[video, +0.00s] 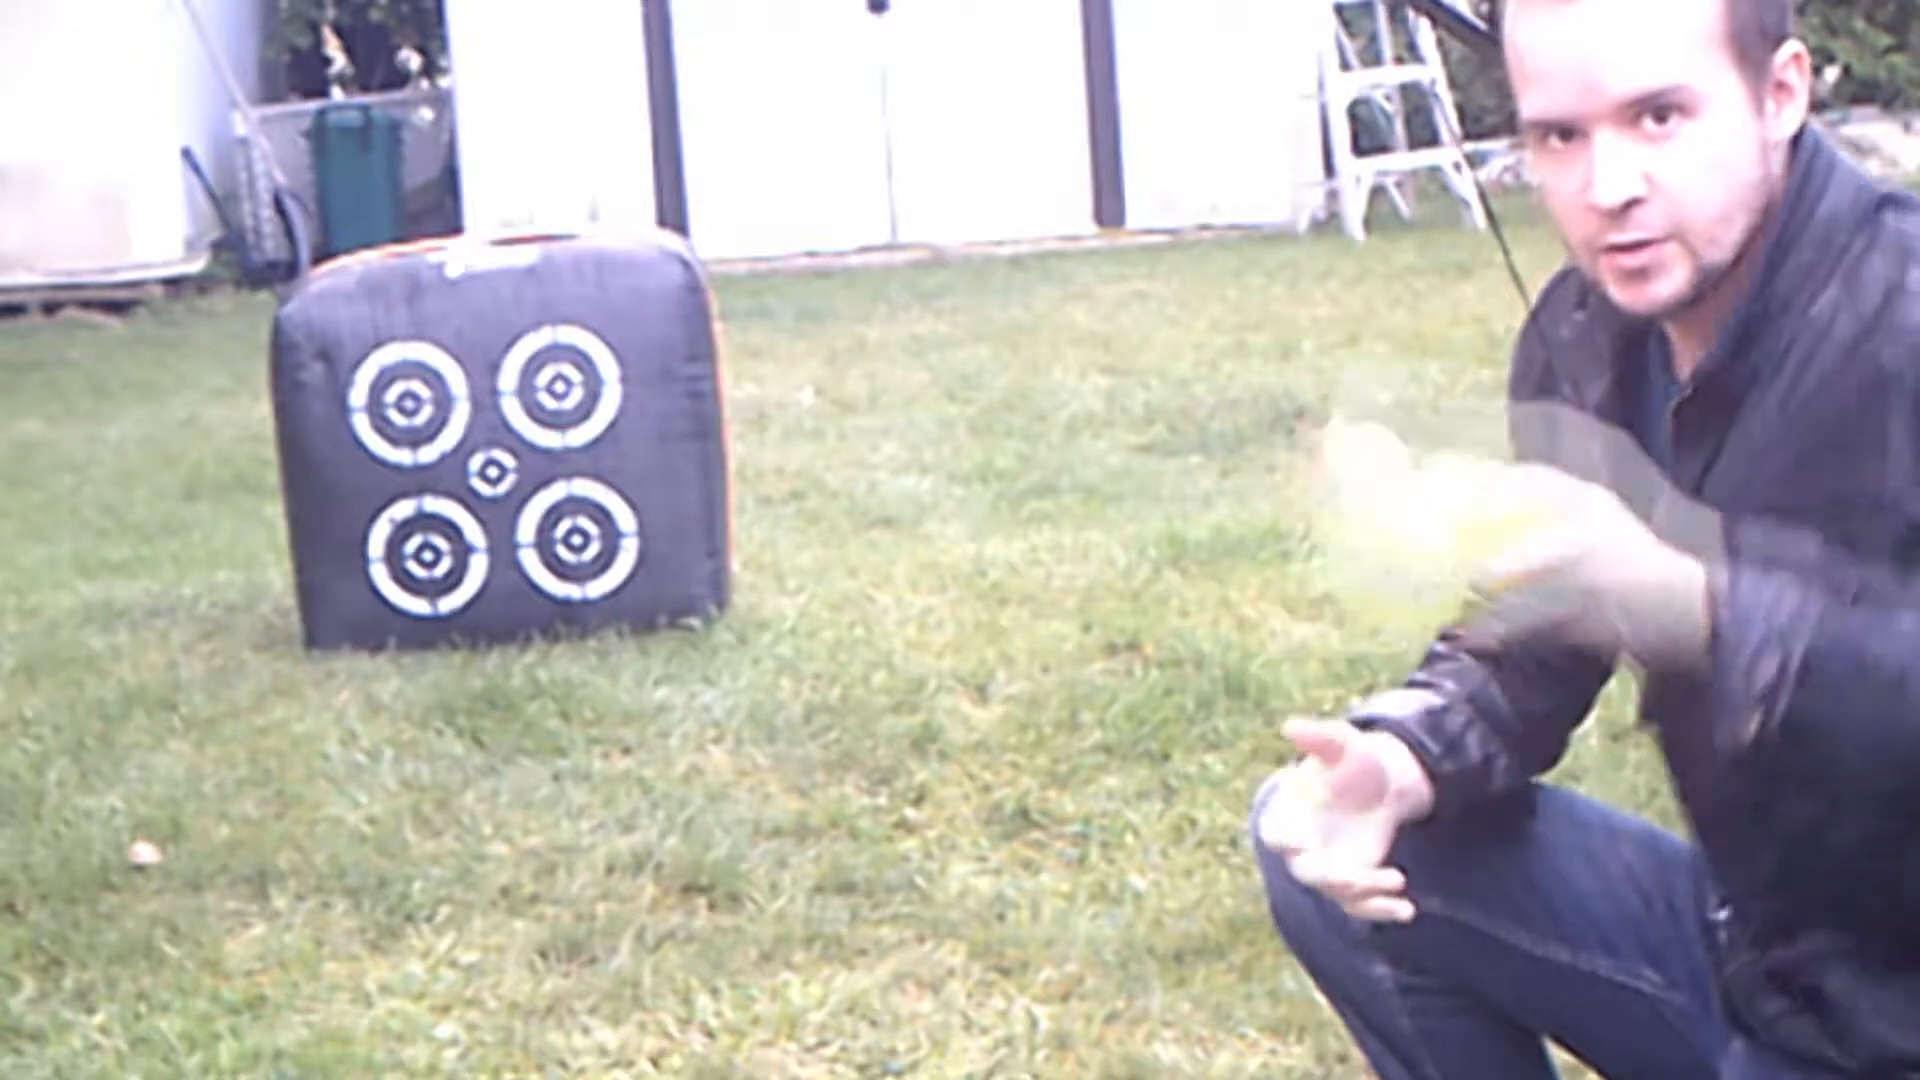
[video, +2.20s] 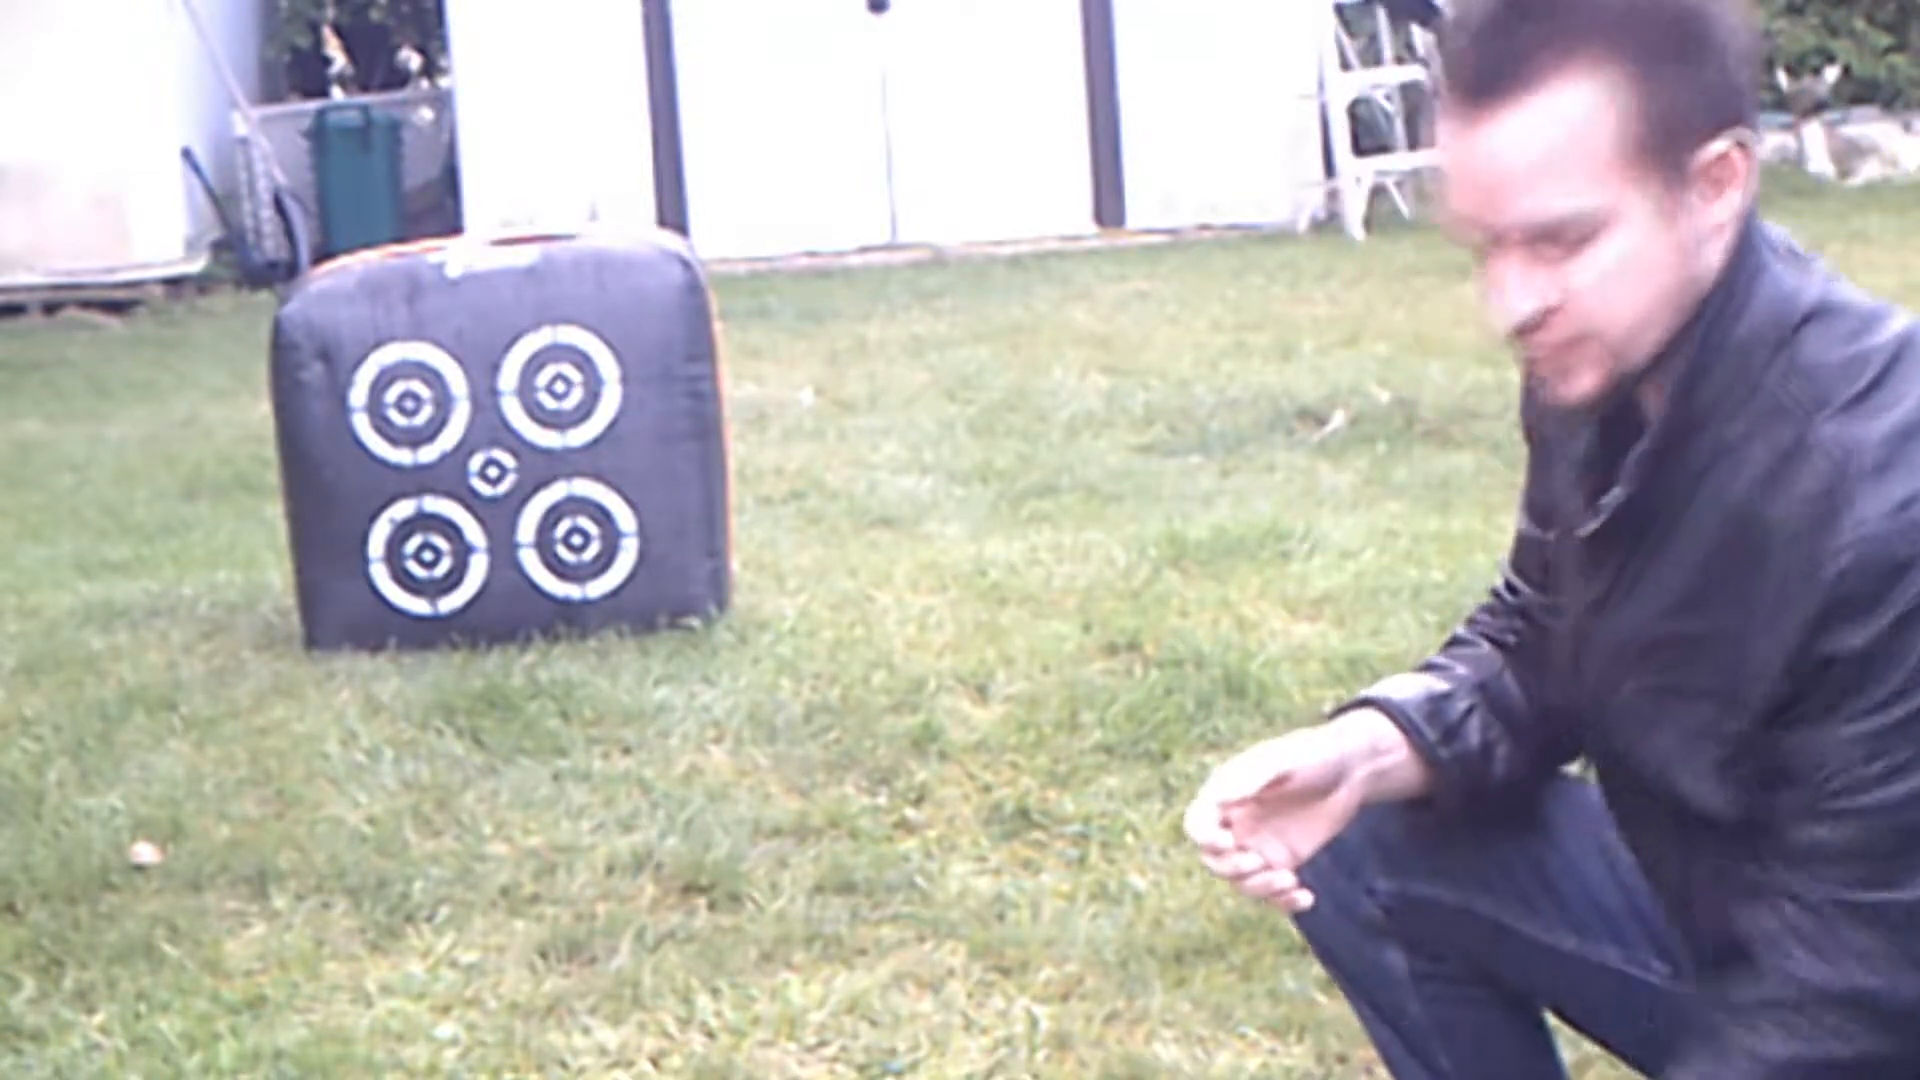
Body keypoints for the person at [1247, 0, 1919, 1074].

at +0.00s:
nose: (1607, 189)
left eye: (1657, 118)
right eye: (1559, 135)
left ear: (1783, 96)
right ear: (1522, 144)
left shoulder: (1902, 323)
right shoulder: (1579, 333)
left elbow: (1907, 682)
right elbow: (1540, 633)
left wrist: (1685, 606)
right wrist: (1409, 752)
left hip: (1884, 1028)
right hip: (1741, 931)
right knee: (1324, 842)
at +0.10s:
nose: (1613, 189)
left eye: (1664, 117)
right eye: (1564, 136)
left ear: (1787, 91)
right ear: (1527, 143)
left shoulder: (1896, 297)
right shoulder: (1601, 324)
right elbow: (1526, 630)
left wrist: (1742, 472)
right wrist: (1407, 758)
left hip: (1881, 1036)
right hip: (1762, 941)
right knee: (1325, 842)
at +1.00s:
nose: (1576, 245)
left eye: (1627, 180)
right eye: (1536, 189)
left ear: (1772, 127)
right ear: (1508, 160)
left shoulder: (1901, 319)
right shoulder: (1583, 338)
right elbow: (1537, 643)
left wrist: (1740, 598)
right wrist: (1395, 752)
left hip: (1887, 1040)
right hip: (1757, 943)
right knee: (1350, 864)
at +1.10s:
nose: (1568, 269)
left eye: (1618, 204)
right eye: (1530, 210)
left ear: (1765, 148)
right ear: (1500, 182)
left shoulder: (1895, 371)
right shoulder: (1575, 350)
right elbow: (1536, 623)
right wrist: (1388, 747)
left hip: (1866, 1031)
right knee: (1338, 869)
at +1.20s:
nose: (1556, 304)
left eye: (1605, 243)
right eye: (1518, 247)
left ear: (1755, 182)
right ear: (1490, 207)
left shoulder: (1894, 422)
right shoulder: (1574, 363)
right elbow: (1539, 644)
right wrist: (1396, 740)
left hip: (1884, 966)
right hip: (1706, 905)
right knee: (1344, 850)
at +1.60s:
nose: (1453, 419)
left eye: (1493, 360)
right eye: (1416, 367)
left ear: (1642, 276)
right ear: (1387, 314)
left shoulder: (1871, 549)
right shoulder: (1586, 408)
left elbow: (1896, 995)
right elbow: (1521, 658)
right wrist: (1383, 742)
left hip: (1842, 1021)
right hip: (1694, 923)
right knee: (1355, 849)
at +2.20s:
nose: (1511, 306)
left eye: (1564, 241)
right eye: (1485, 249)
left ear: (1718, 190)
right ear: (1460, 213)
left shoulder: (1886, 468)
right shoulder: (1592, 365)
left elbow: (1853, 987)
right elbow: (1539, 639)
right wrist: (1370, 752)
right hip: (1690, 905)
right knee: (1358, 852)